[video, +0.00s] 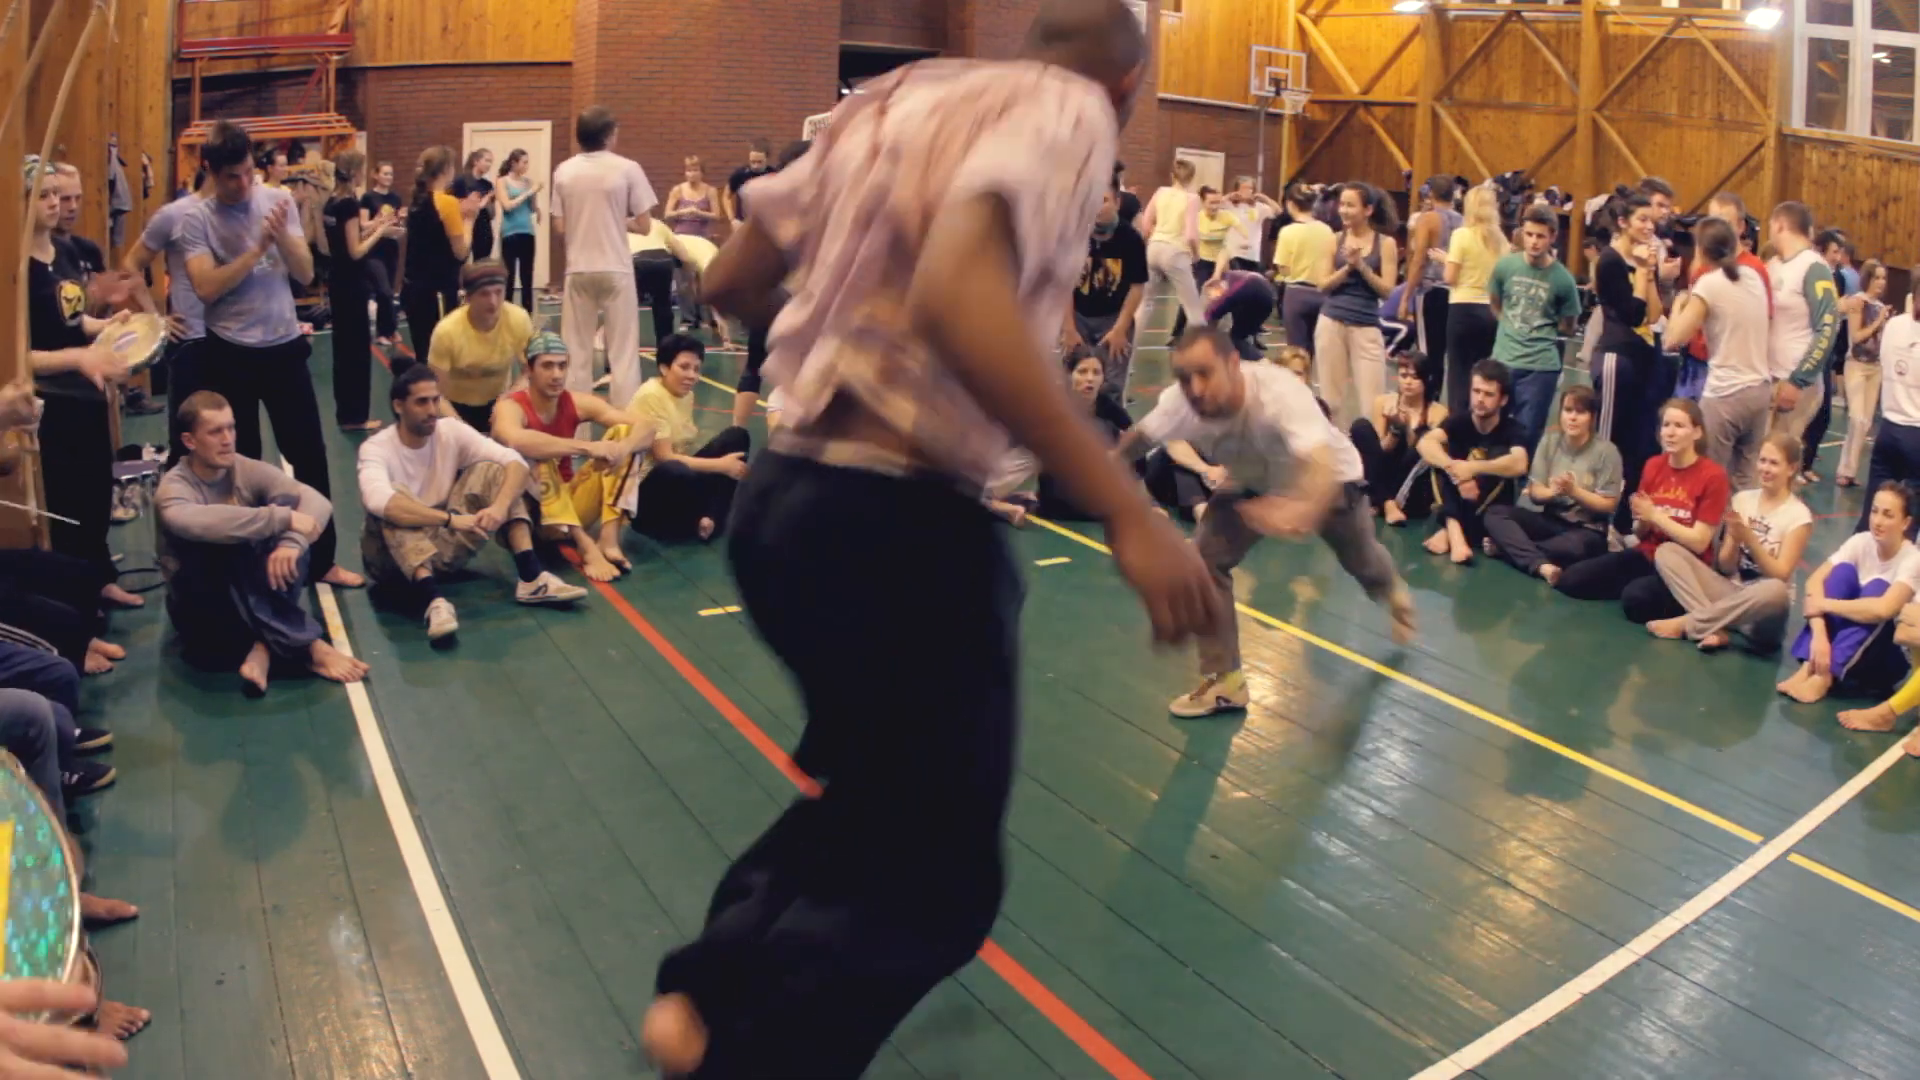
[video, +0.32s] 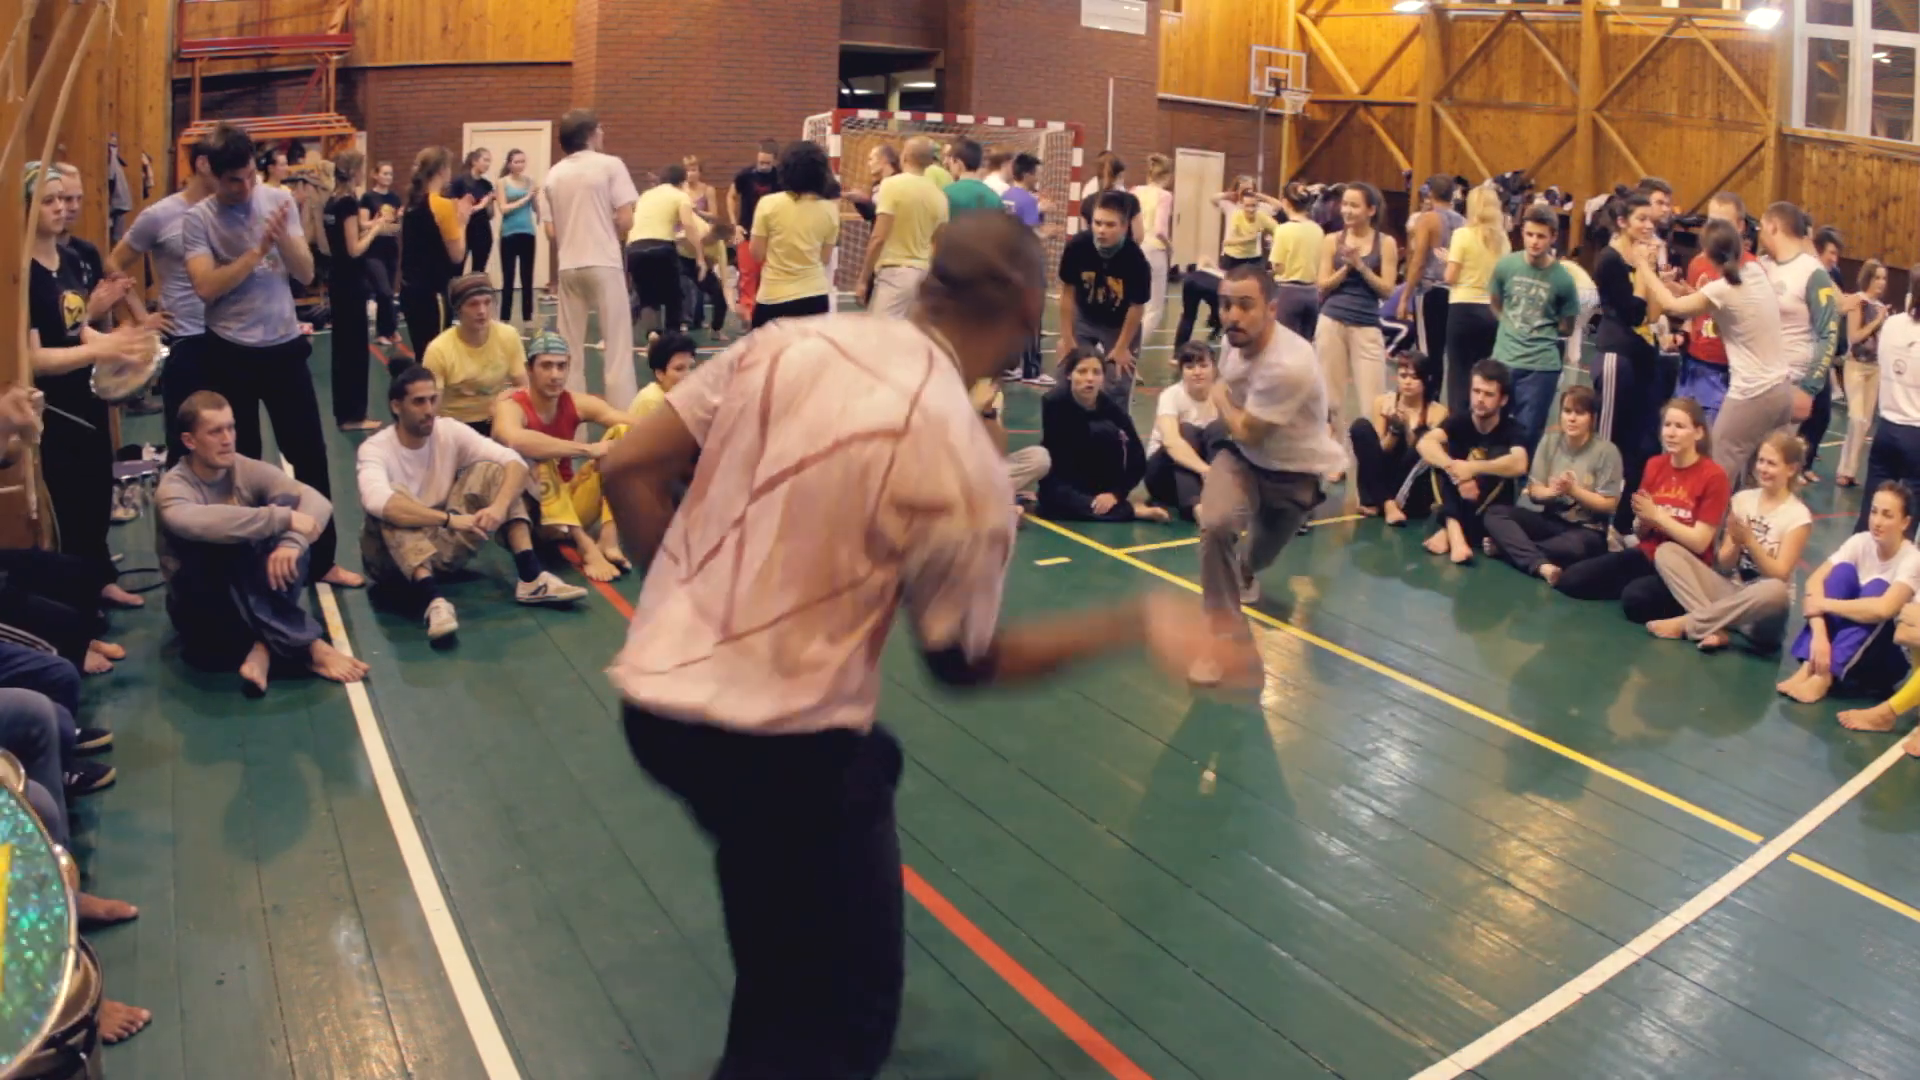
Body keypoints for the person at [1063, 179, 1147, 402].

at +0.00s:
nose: (1098, 207)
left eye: (1104, 201)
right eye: (1095, 201)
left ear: (1117, 204)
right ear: (1087, 203)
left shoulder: (1131, 240)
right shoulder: (1076, 233)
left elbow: (1137, 287)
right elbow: (1065, 283)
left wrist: (1119, 330)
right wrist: (1069, 328)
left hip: (1114, 318)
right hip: (1078, 317)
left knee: (1113, 378)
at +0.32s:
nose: (1102, 231)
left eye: (1110, 225)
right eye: (1097, 223)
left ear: (1125, 226)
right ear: (1090, 222)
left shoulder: (1135, 260)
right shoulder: (1076, 248)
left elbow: (1136, 308)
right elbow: (1068, 294)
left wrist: (1121, 347)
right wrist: (1067, 338)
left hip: (1119, 328)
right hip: (1082, 322)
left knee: (1117, 386)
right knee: (1066, 378)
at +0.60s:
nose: (1087, 257)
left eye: (1094, 251)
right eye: (1081, 250)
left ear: (1109, 249)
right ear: (1075, 247)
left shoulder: (1125, 271)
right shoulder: (1065, 269)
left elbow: (1129, 315)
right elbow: (1066, 312)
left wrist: (1119, 351)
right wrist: (1070, 351)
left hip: (1116, 339)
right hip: (1082, 338)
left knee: (1115, 387)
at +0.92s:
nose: (1079, 257)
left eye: (1086, 250)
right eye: (1074, 249)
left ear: (1101, 249)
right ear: (1067, 246)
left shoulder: (1116, 271)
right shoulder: (1057, 266)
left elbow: (1117, 317)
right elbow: (1060, 311)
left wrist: (1114, 354)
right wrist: (1065, 349)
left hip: (1108, 332)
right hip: (1074, 331)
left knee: (1114, 386)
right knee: (1061, 381)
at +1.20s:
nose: (1079, 255)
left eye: (1086, 249)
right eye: (1075, 248)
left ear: (1101, 249)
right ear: (1068, 245)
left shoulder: (1115, 272)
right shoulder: (1057, 266)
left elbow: (1114, 317)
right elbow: (1059, 311)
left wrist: (1113, 354)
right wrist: (1062, 351)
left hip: (1104, 331)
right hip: (1072, 331)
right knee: (1058, 389)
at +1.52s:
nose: (1078, 252)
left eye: (1086, 246)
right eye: (1074, 244)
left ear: (1101, 247)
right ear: (1068, 242)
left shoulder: (1117, 271)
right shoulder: (1058, 265)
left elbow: (1115, 316)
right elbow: (1060, 309)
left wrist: (1114, 354)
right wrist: (1062, 350)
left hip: (1107, 332)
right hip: (1072, 331)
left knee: (1113, 387)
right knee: (1058, 385)